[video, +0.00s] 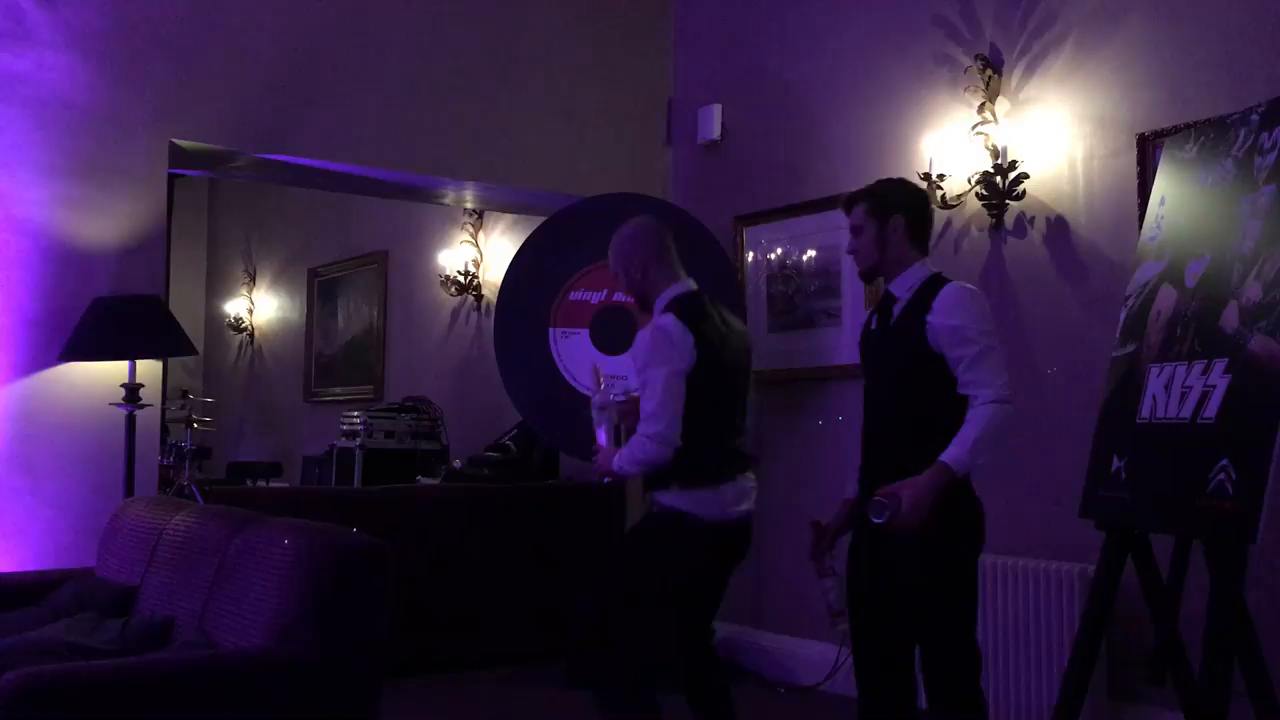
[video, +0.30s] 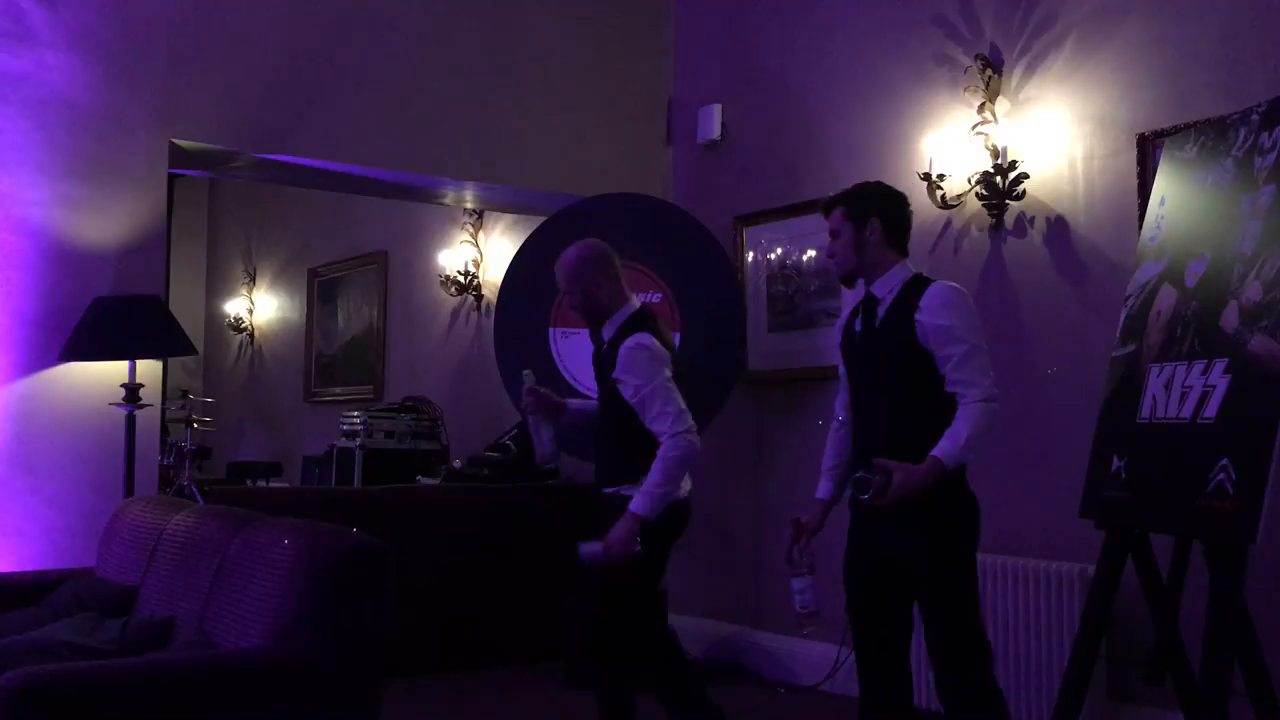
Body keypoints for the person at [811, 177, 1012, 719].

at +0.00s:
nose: (849, 243)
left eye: (859, 229)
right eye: (849, 231)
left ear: (898, 230)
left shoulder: (953, 301)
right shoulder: (876, 318)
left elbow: (992, 401)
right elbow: (885, 431)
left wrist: (933, 479)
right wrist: (849, 510)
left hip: (938, 517)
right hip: (880, 519)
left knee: (949, 679)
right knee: (881, 680)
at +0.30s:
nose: (828, 246)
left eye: (837, 233)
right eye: (827, 235)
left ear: (873, 232)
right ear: (866, 235)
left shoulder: (938, 301)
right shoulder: (855, 321)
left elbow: (979, 397)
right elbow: (846, 418)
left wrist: (928, 469)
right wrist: (821, 503)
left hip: (937, 509)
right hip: (873, 514)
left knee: (959, 662)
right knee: (879, 668)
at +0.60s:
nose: (874, 247)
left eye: (882, 232)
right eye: (875, 234)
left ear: (917, 234)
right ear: (918, 237)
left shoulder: (986, 308)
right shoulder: (897, 331)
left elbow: (1029, 410)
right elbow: (882, 426)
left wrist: (958, 478)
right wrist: (835, 503)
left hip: (976, 528)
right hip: (905, 528)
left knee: (1006, 687)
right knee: (884, 683)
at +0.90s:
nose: (921, 230)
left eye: (928, 214)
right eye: (923, 216)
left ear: (964, 217)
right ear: (965, 220)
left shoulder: (1039, 294)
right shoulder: (951, 314)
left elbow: (1095, 402)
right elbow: (938, 419)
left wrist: (1018, 476)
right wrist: (872, 489)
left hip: (1036, 525)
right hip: (964, 524)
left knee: (1055, 696)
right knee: (945, 693)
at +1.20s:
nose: (930, 228)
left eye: (939, 212)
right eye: (933, 213)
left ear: (975, 217)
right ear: (977, 219)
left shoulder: (1050, 297)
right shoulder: (954, 316)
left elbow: (1095, 408)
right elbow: (936, 418)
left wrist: (1031, 482)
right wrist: (876, 487)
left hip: (1034, 530)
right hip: (961, 532)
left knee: (1055, 696)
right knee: (957, 696)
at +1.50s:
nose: (906, 237)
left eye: (914, 221)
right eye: (908, 223)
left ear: (951, 224)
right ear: (952, 226)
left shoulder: (1027, 299)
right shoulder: (926, 317)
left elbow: (1070, 400)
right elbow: (905, 416)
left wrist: (1024, 468)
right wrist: (855, 489)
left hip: (1011, 518)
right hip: (939, 519)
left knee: (1031, 682)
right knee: (940, 683)